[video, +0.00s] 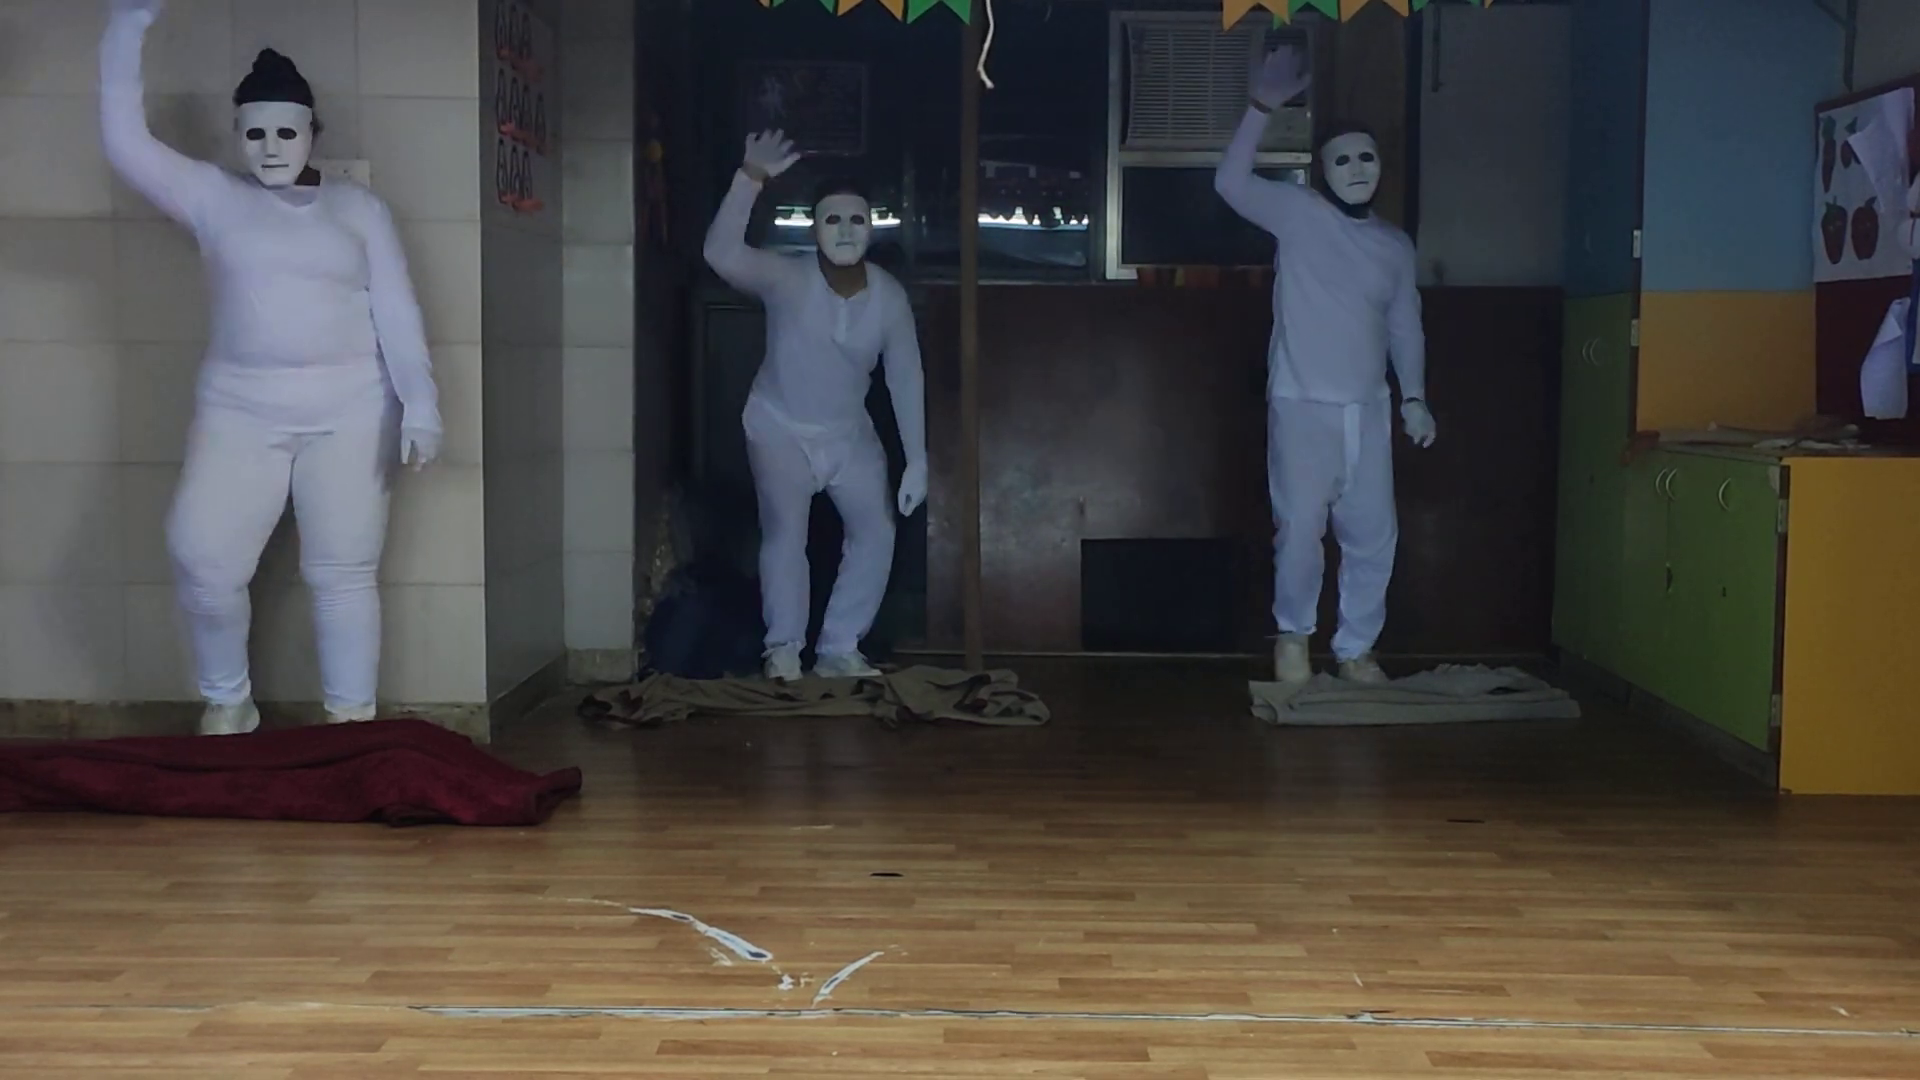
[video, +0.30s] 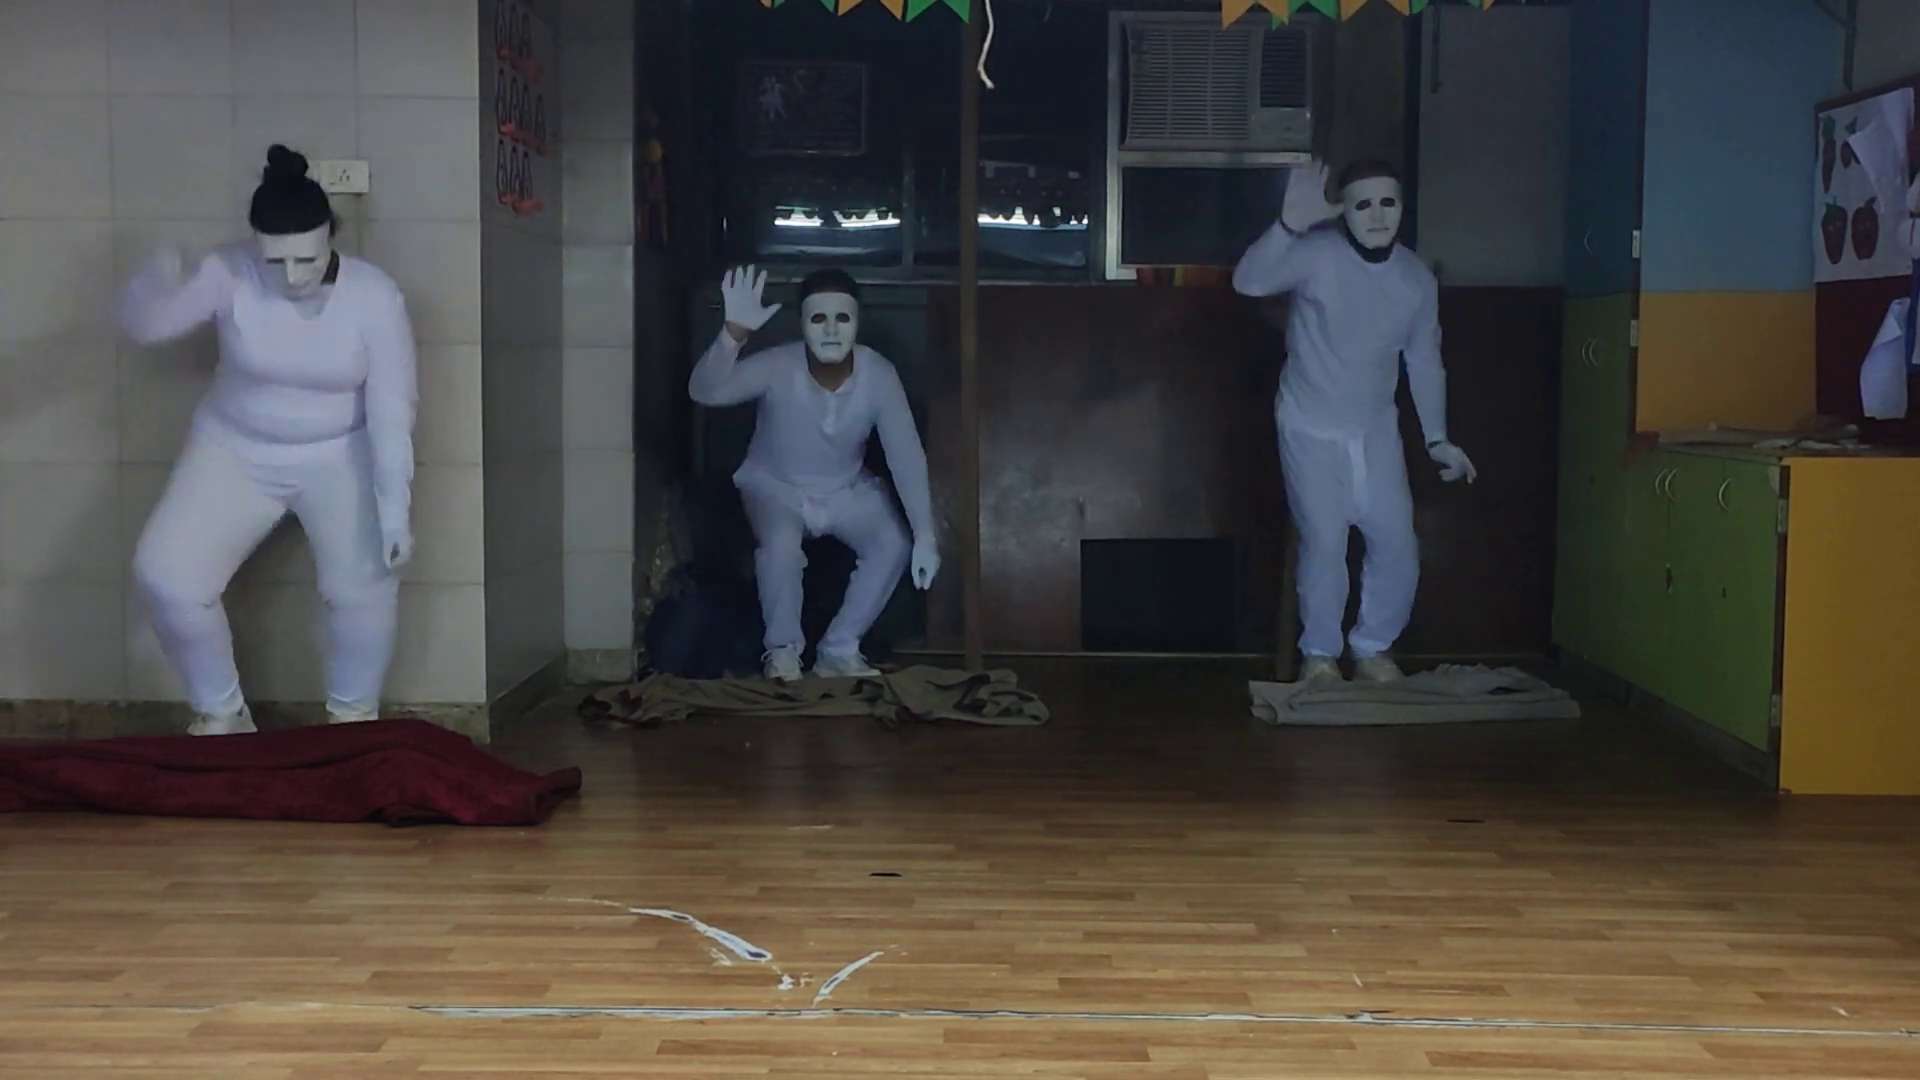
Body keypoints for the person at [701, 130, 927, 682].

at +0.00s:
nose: (845, 230)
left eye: (856, 220)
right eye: (833, 220)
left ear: (870, 229)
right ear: (814, 229)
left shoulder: (887, 298)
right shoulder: (785, 277)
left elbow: (905, 380)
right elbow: (721, 252)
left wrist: (916, 460)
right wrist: (750, 179)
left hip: (849, 431)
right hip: (780, 428)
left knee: (875, 532)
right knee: (785, 536)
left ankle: (839, 649)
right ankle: (784, 647)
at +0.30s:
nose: (831, 330)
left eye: (842, 319)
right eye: (819, 319)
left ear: (857, 324)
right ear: (802, 325)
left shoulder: (878, 376)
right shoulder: (777, 368)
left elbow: (906, 456)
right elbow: (704, 391)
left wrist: (925, 536)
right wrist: (732, 336)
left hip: (845, 490)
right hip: (775, 486)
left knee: (890, 545)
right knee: (781, 547)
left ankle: (839, 650)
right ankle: (782, 650)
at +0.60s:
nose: (818, 421)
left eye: (830, 409)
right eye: (806, 409)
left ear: (845, 399)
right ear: (790, 402)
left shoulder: (869, 433)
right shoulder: (765, 436)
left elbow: (904, 512)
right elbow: (697, 496)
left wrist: (927, 591)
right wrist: (710, 463)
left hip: (849, 538)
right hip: (784, 537)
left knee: (894, 561)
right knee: (774, 557)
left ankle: (845, 651)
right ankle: (781, 650)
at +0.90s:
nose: (810, 468)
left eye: (822, 456)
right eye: (798, 457)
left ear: (838, 440)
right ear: (783, 444)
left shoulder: (864, 464)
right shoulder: (761, 472)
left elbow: (896, 545)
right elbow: (727, 530)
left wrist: (920, 626)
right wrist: (713, 560)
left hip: (856, 569)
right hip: (795, 572)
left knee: (909, 564)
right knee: (777, 556)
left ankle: (850, 649)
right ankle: (782, 649)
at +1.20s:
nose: (809, 477)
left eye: (821, 464)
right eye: (797, 465)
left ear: (837, 447)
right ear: (782, 451)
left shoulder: (864, 471)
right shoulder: (760, 483)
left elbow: (886, 558)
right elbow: (734, 561)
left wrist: (906, 639)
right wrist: (731, 640)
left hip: (856, 574)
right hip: (799, 576)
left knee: (914, 568)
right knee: (779, 560)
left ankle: (851, 649)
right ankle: (783, 648)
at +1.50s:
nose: (813, 440)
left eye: (825, 429)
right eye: (800, 430)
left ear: (840, 432)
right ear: (784, 434)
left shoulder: (865, 468)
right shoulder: (762, 481)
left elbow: (892, 551)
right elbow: (733, 560)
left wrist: (920, 630)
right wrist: (728, 631)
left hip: (860, 575)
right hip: (799, 576)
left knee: (916, 569)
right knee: (779, 557)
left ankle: (854, 649)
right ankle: (783, 647)